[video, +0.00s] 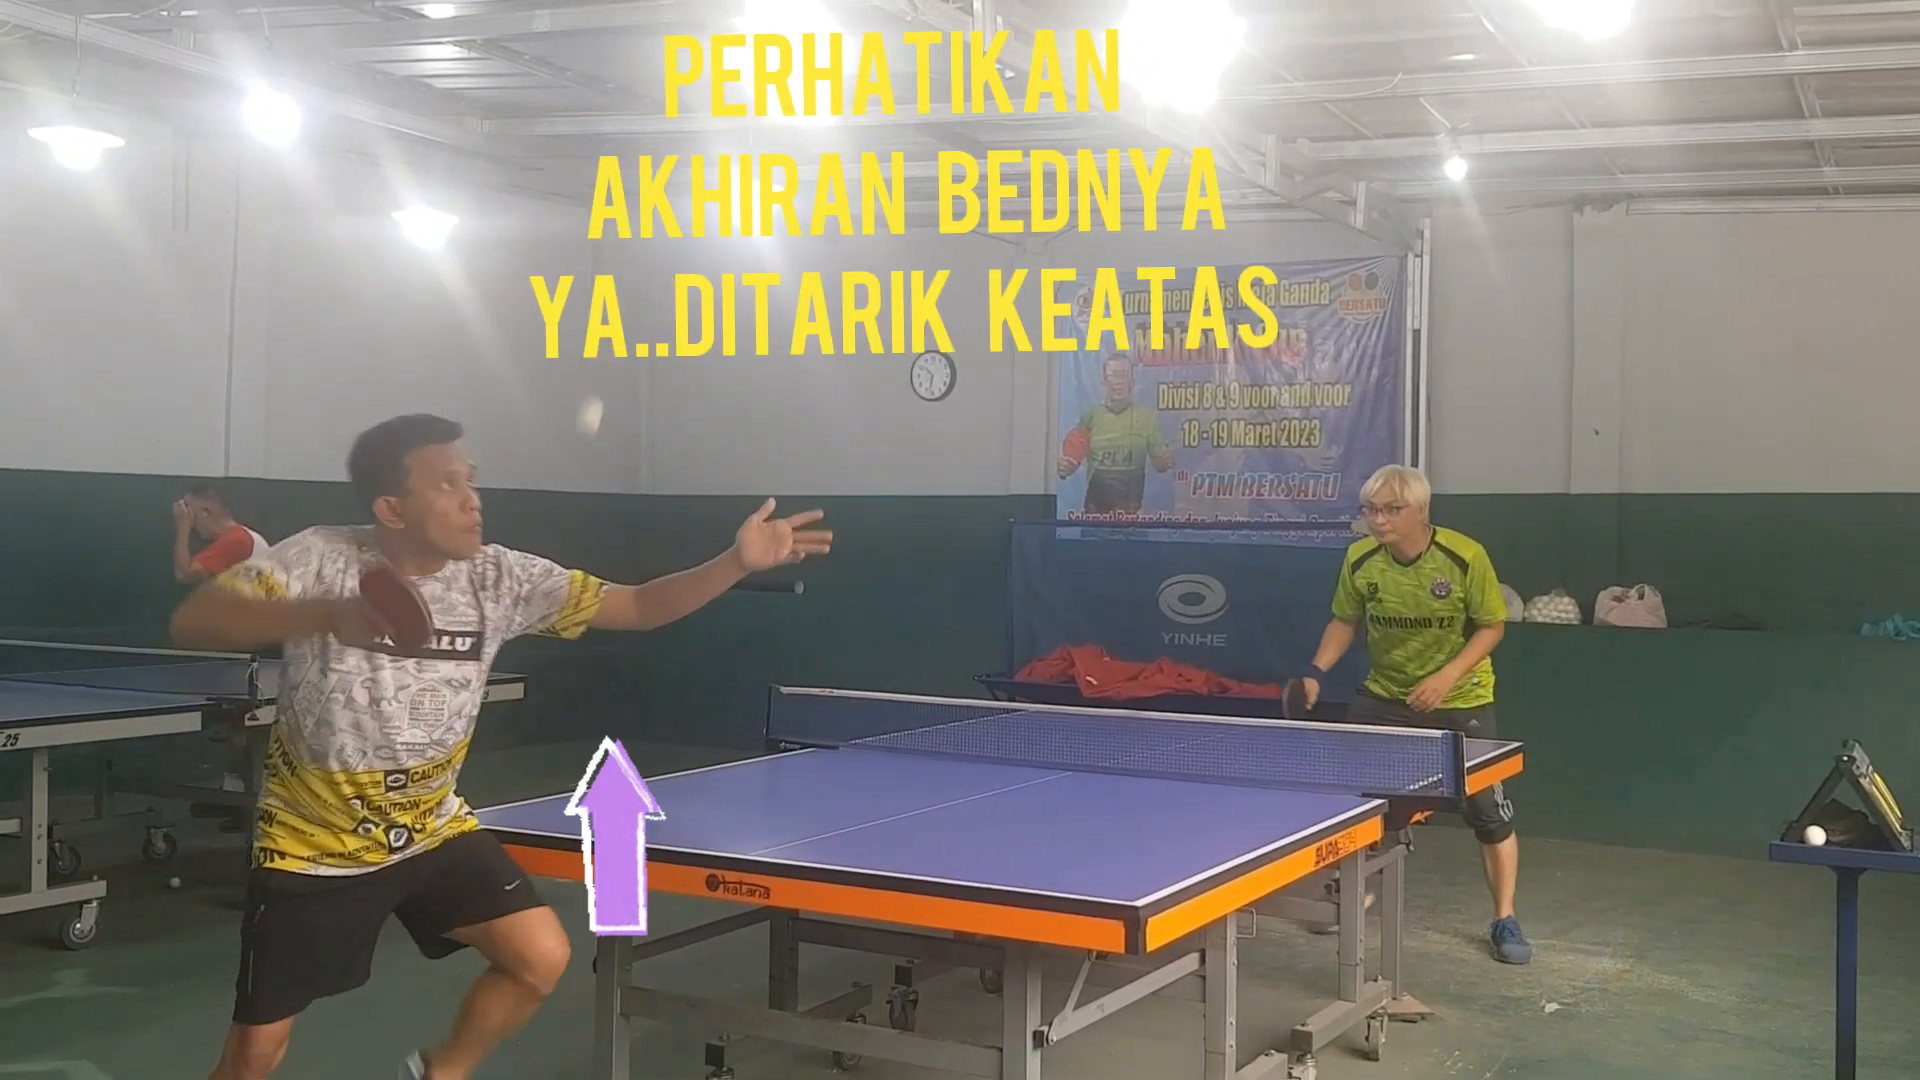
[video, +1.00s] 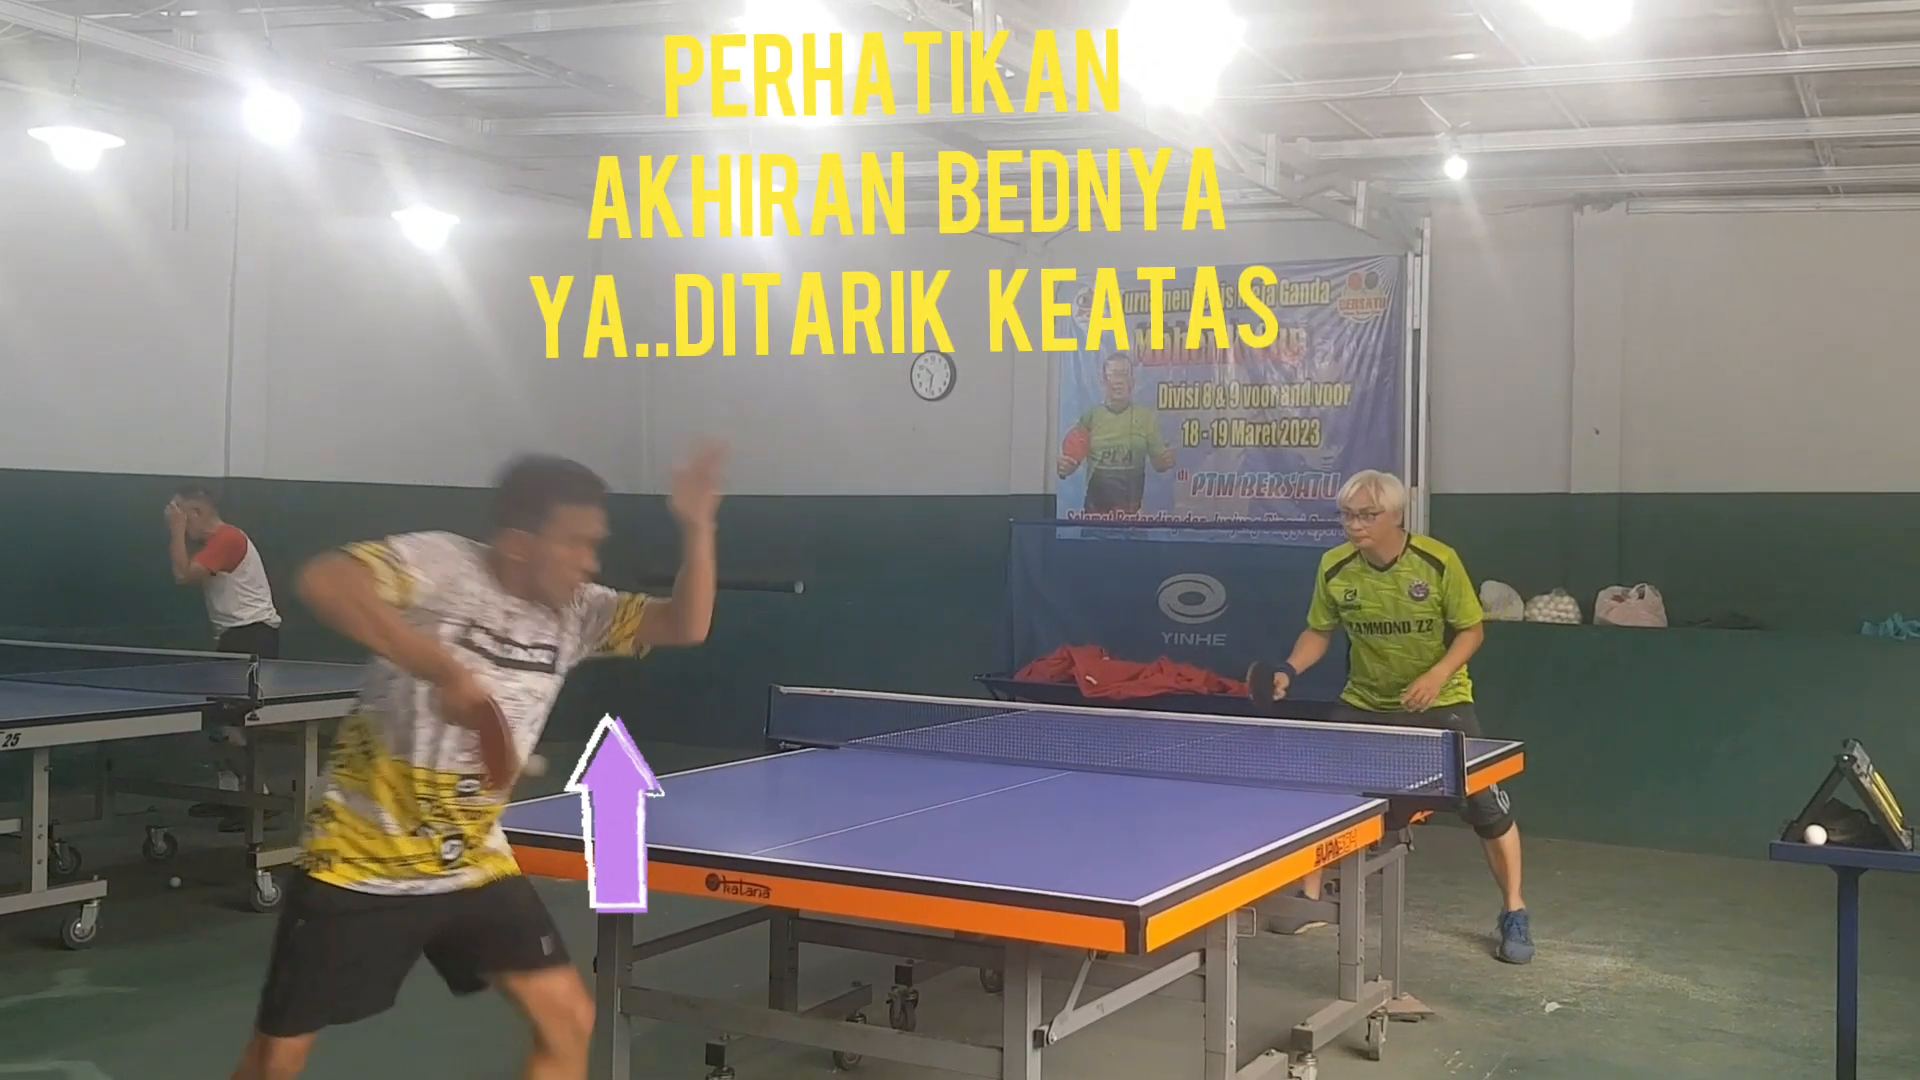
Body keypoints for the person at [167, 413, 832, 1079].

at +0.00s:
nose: (474, 498)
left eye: (470, 481)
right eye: (453, 485)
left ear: (464, 497)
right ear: (391, 509)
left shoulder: (498, 577)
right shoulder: (314, 563)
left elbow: (633, 606)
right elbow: (190, 624)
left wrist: (737, 562)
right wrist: (327, 615)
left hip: (431, 825)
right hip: (311, 840)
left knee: (540, 959)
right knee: (256, 1047)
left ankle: (443, 1071)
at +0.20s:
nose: (487, 507)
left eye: (485, 489)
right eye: (467, 493)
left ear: (483, 501)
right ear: (403, 514)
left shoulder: (510, 581)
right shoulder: (327, 560)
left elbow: (642, 608)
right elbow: (192, 597)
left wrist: (742, 557)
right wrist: (320, 601)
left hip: (434, 828)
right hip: (316, 843)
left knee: (542, 962)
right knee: (257, 1051)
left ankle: (426, 1057)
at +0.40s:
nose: (503, 519)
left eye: (502, 501)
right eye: (483, 503)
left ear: (499, 510)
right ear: (419, 518)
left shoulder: (523, 586)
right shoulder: (348, 558)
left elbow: (658, 608)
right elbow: (196, 574)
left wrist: (746, 550)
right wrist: (329, 588)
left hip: (439, 831)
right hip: (321, 842)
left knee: (544, 965)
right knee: (259, 1050)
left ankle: (421, 1047)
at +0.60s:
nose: (538, 535)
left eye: (542, 516)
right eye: (519, 516)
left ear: (545, 522)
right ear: (458, 525)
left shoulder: (552, 596)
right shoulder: (390, 558)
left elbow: (682, 608)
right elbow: (245, 552)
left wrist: (737, 534)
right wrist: (370, 611)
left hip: (453, 838)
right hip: (337, 843)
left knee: (558, 979)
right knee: (264, 1049)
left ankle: (448, 1069)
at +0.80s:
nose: (564, 548)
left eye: (568, 529)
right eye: (547, 529)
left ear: (565, 530)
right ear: (487, 531)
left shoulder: (565, 601)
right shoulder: (411, 558)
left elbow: (689, 612)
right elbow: (290, 565)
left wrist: (719, 531)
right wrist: (411, 652)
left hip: (460, 844)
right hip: (346, 846)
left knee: (565, 996)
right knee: (267, 1054)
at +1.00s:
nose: (592, 563)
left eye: (596, 547)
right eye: (579, 545)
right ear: (518, 543)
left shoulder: (578, 612)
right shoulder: (442, 563)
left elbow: (685, 623)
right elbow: (325, 580)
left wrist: (698, 527)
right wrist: (444, 671)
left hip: (471, 855)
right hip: (358, 854)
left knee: (569, 1020)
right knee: (275, 1057)